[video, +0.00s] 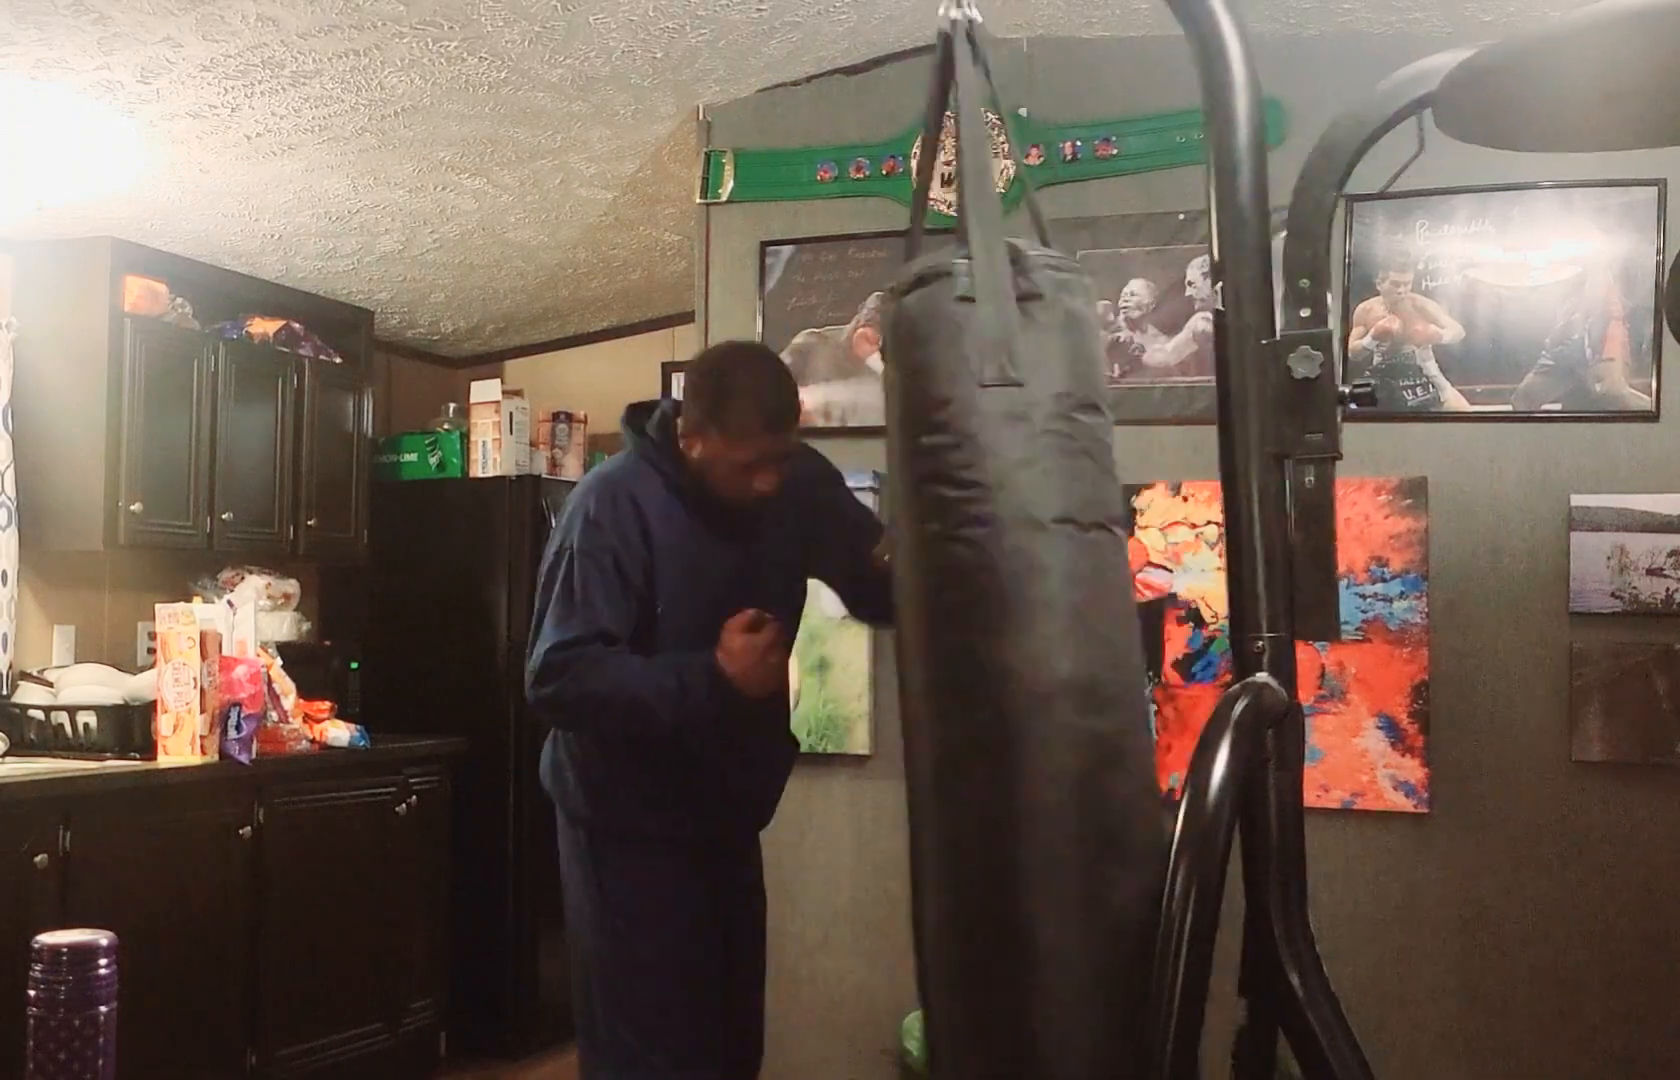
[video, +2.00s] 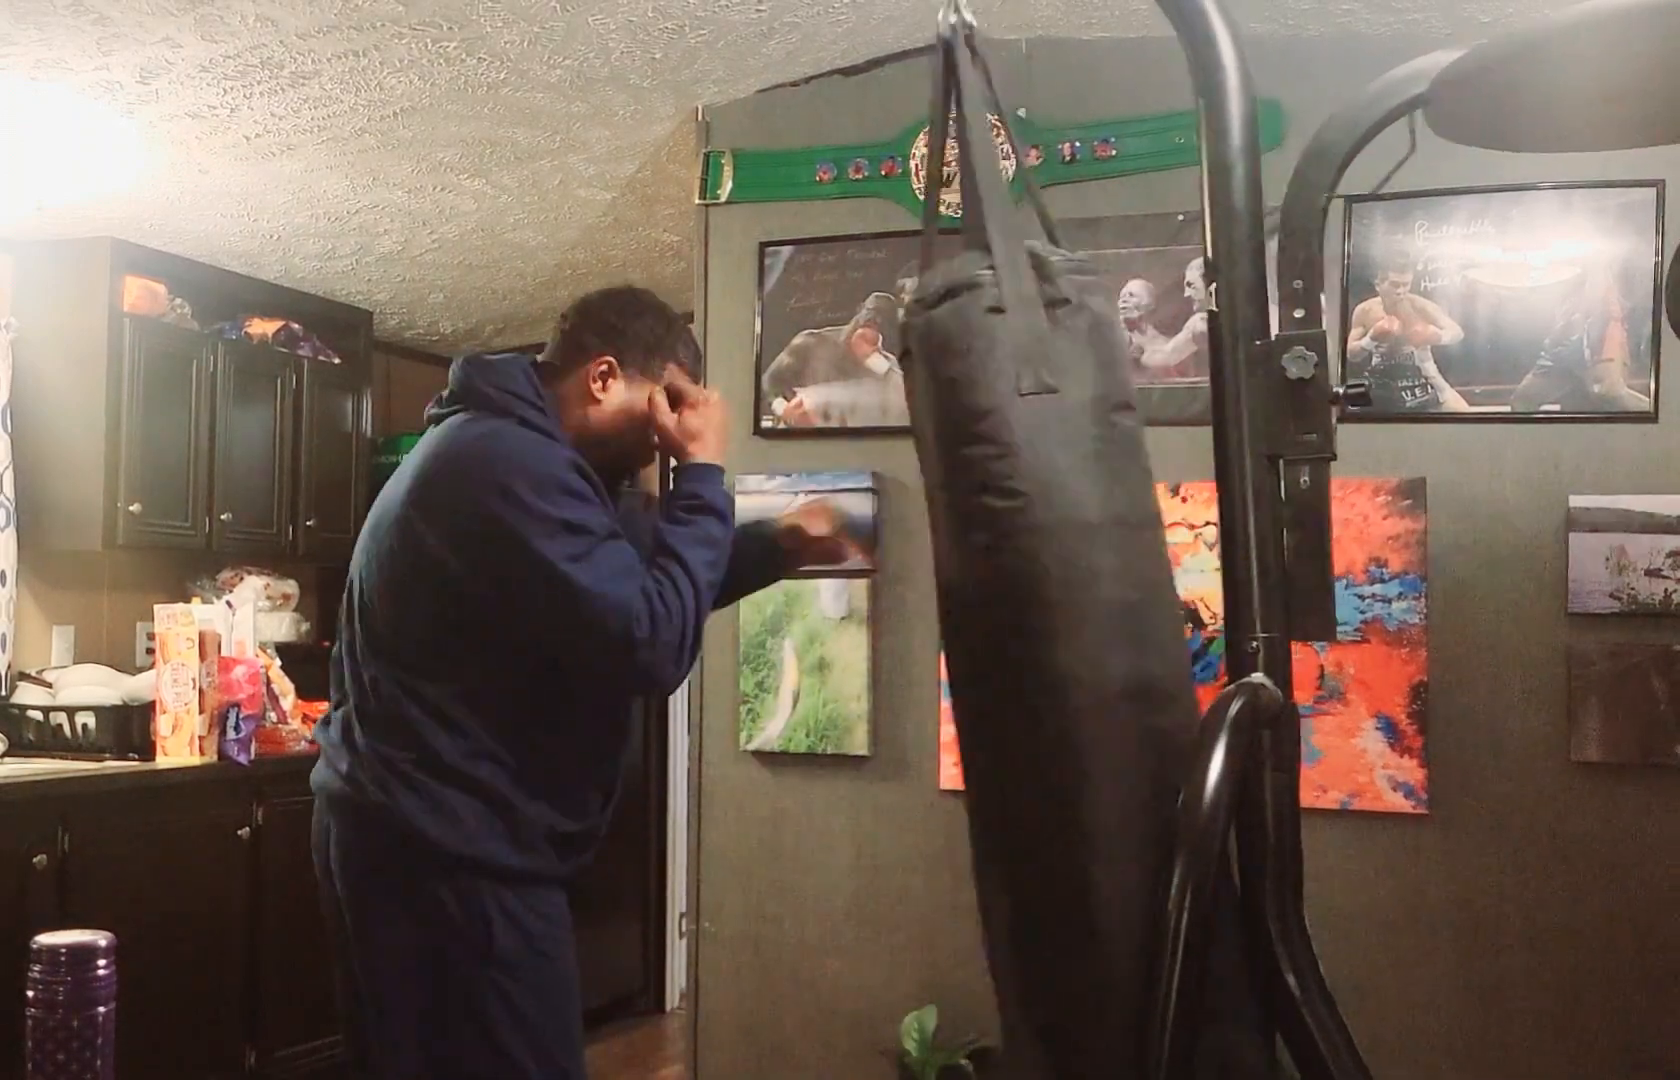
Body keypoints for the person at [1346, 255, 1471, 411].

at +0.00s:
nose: (1402, 290)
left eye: (1406, 285)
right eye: (1396, 284)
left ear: (1412, 283)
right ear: (1379, 284)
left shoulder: (1421, 305)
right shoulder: (1365, 310)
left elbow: (1458, 331)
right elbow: (1352, 353)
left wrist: (1436, 335)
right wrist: (1373, 337)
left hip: (1427, 380)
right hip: (1384, 383)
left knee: (1467, 416)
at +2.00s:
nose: (1401, 291)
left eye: (1406, 285)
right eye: (1395, 285)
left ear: (1411, 284)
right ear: (1378, 284)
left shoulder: (1420, 305)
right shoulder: (1365, 311)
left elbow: (1457, 332)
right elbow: (1351, 354)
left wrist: (1434, 336)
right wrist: (1372, 338)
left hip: (1426, 382)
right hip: (1383, 386)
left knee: (1467, 418)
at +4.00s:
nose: (1401, 292)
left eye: (1405, 286)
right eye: (1394, 285)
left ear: (1411, 284)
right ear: (1378, 285)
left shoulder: (1421, 306)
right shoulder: (1364, 312)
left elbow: (1457, 332)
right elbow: (1352, 355)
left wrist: (1435, 336)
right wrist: (1373, 339)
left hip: (1428, 382)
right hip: (1384, 386)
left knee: (1467, 419)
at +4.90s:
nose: (1400, 292)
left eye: (1405, 286)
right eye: (1394, 285)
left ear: (1411, 284)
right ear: (1378, 284)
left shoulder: (1421, 306)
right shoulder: (1364, 312)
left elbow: (1457, 332)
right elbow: (1351, 354)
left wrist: (1436, 337)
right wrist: (1373, 338)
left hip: (1426, 383)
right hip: (1382, 386)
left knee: (1467, 419)